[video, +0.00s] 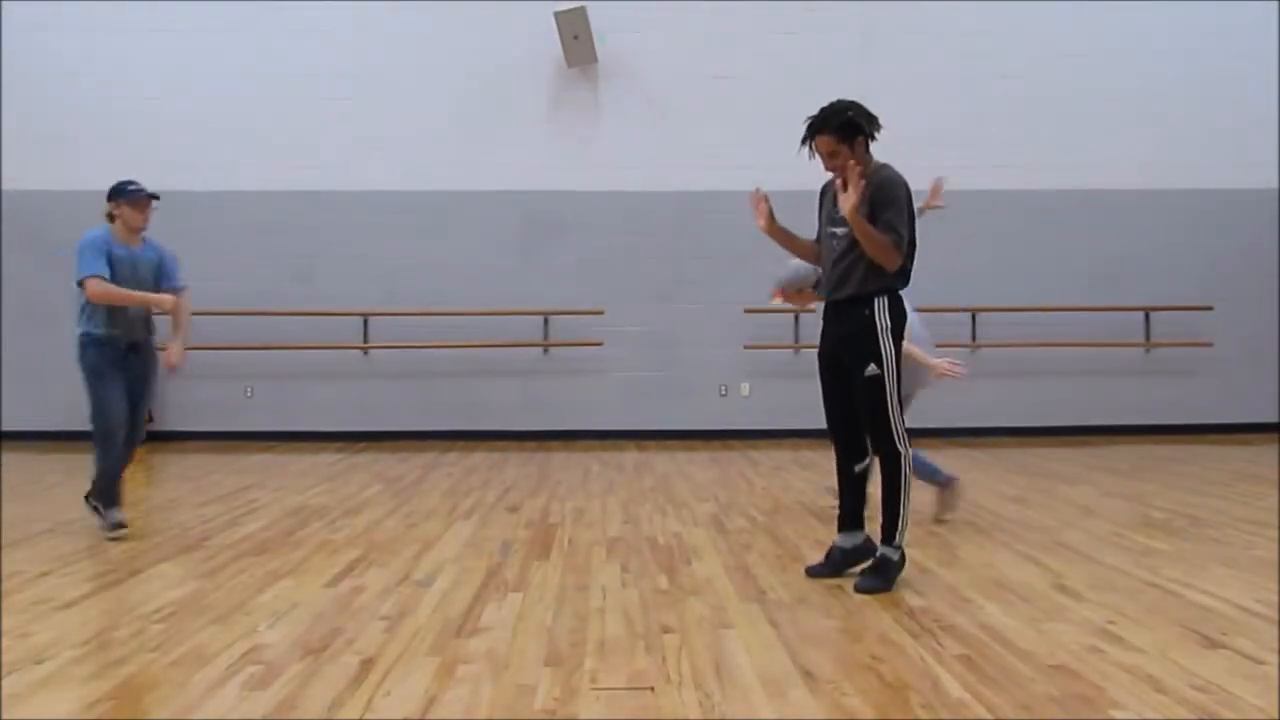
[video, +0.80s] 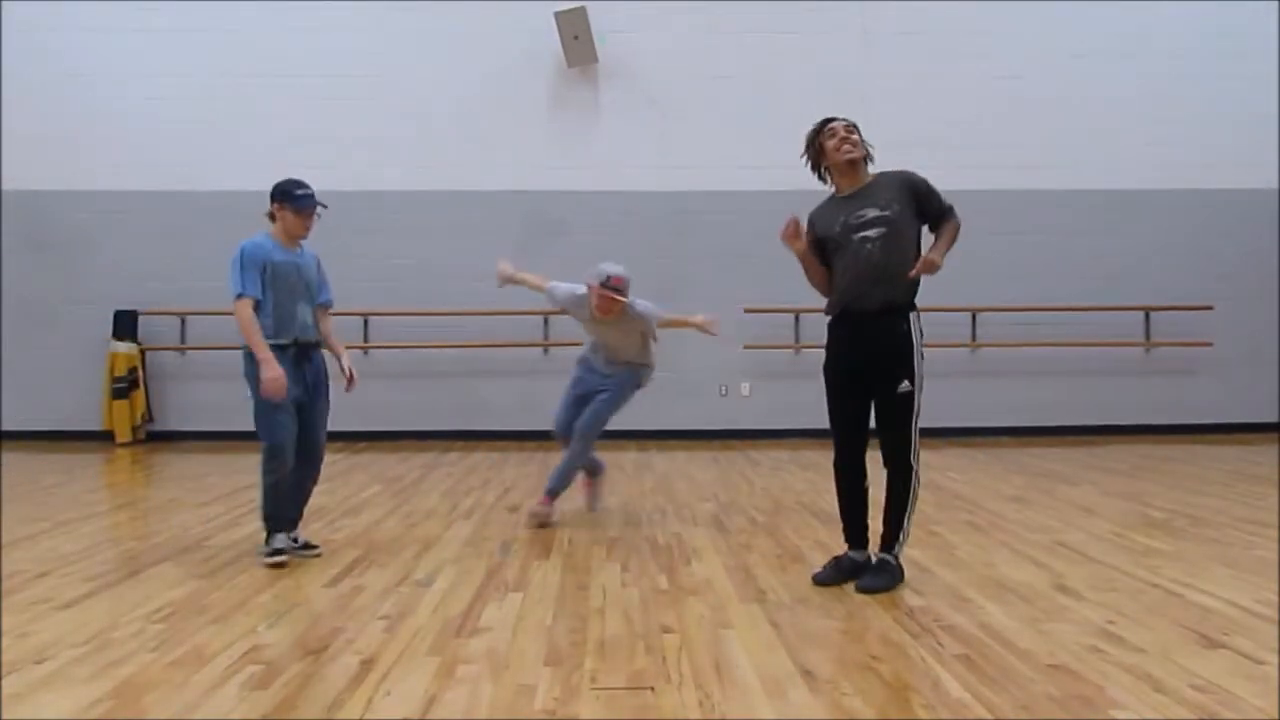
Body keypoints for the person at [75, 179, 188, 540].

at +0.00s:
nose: (144, 214)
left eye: (147, 207)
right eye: (136, 207)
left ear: (150, 211)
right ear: (116, 209)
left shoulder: (157, 253)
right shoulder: (95, 243)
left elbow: (178, 298)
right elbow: (94, 290)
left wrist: (176, 342)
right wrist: (151, 299)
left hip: (140, 346)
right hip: (101, 345)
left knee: (133, 428)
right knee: (113, 422)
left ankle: (100, 491)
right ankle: (110, 503)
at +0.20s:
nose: (181, 231)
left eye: (184, 223)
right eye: (173, 223)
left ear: (187, 226)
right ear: (150, 223)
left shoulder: (197, 270)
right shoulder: (128, 273)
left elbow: (220, 316)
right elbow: (105, 322)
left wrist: (241, 362)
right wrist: (152, 346)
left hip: (194, 366)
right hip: (157, 368)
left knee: (197, 439)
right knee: (181, 440)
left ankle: (134, 475)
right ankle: (180, 523)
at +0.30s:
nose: (206, 229)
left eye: (210, 222)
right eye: (199, 221)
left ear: (212, 224)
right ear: (175, 220)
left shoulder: (215, 267)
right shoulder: (156, 272)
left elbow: (230, 320)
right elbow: (147, 331)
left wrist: (251, 368)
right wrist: (169, 377)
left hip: (215, 363)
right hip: (179, 365)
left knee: (228, 448)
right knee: (195, 446)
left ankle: (172, 484)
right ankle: (183, 522)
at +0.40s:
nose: (235, 212)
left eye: (237, 205)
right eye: (227, 204)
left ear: (236, 207)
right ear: (203, 203)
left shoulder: (234, 248)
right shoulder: (182, 248)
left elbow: (239, 307)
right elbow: (177, 310)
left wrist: (250, 352)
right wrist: (205, 361)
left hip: (234, 346)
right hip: (197, 348)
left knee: (248, 432)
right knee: (199, 435)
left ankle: (217, 511)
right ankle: (184, 516)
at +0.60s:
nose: (279, 224)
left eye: (281, 217)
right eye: (271, 216)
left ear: (282, 218)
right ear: (248, 215)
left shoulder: (280, 262)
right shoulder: (223, 254)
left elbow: (285, 318)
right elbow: (223, 306)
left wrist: (298, 355)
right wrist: (273, 345)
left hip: (279, 362)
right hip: (239, 362)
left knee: (292, 449)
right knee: (232, 442)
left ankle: (282, 531)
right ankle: (203, 513)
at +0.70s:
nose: (297, 230)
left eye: (299, 223)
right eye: (290, 222)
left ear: (295, 223)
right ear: (265, 220)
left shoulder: (294, 267)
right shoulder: (241, 260)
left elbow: (307, 324)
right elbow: (237, 317)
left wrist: (326, 366)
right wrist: (279, 358)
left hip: (298, 366)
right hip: (257, 366)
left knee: (312, 452)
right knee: (255, 449)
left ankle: (283, 532)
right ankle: (232, 525)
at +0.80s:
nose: (310, 221)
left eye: (312, 214)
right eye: (302, 214)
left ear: (311, 214)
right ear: (278, 211)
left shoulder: (311, 260)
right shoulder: (253, 252)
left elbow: (322, 317)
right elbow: (243, 310)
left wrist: (341, 354)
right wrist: (266, 361)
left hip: (310, 358)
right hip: (272, 358)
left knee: (311, 450)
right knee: (281, 446)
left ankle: (289, 529)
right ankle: (276, 533)